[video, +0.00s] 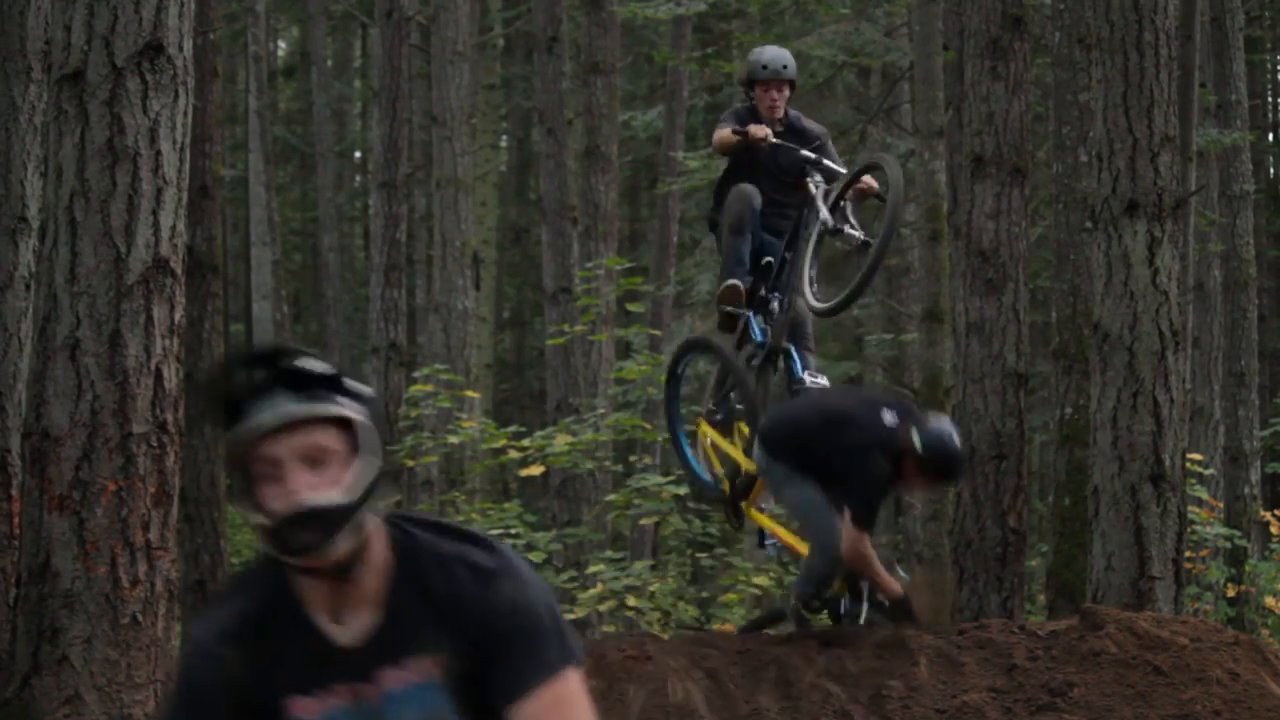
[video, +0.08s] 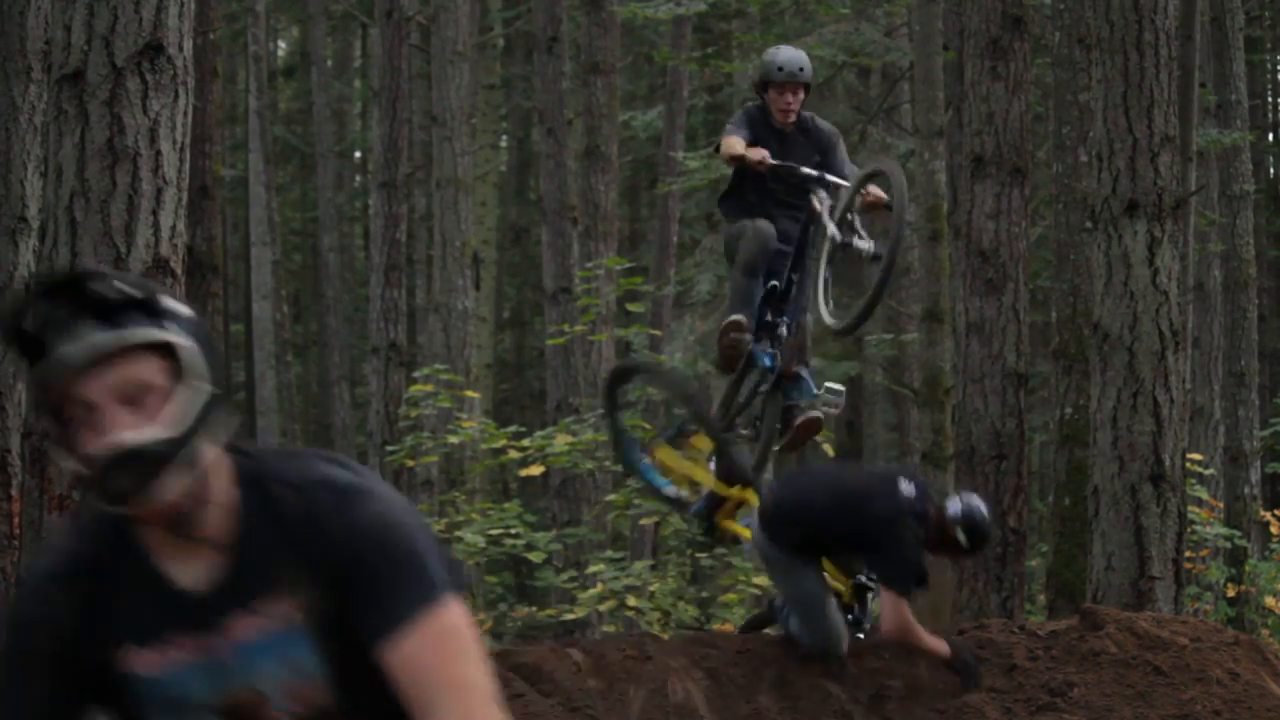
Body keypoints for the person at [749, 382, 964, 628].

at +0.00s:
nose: (924, 489)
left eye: (931, 485)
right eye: (928, 481)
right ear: (917, 465)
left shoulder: (903, 410)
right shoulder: (877, 463)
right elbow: (854, 549)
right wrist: (892, 590)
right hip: (778, 453)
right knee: (831, 544)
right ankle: (801, 604)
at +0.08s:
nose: (949, 557)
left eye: (955, 554)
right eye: (955, 551)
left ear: (948, 508)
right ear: (951, 540)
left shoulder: (913, 486)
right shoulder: (903, 536)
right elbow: (895, 627)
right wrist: (949, 652)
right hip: (780, 531)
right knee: (829, 642)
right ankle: (781, 611)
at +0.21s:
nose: (988, 640)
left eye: (995, 632)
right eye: (991, 631)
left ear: (968, 581)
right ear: (979, 624)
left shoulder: (931, 573)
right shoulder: (935, 651)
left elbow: (881, 554)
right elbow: (924, 713)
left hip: (804, 563)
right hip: (795, 620)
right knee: (823, 670)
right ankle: (761, 628)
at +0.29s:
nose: (994, 662)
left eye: (999, 667)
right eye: (1001, 664)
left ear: (994, 674)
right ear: (1006, 712)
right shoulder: (958, 714)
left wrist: (926, 616)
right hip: (814, 709)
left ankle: (825, 539)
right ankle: (767, 642)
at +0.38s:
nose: (1003, 709)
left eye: (1010, 713)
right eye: (1009, 708)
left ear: (1006, 715)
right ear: (1004, 704)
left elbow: (869, 715)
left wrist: (902, 678)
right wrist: (908, 678)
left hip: (839, 711)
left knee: (894, 631)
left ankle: (825, 580)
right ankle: (793, 690)